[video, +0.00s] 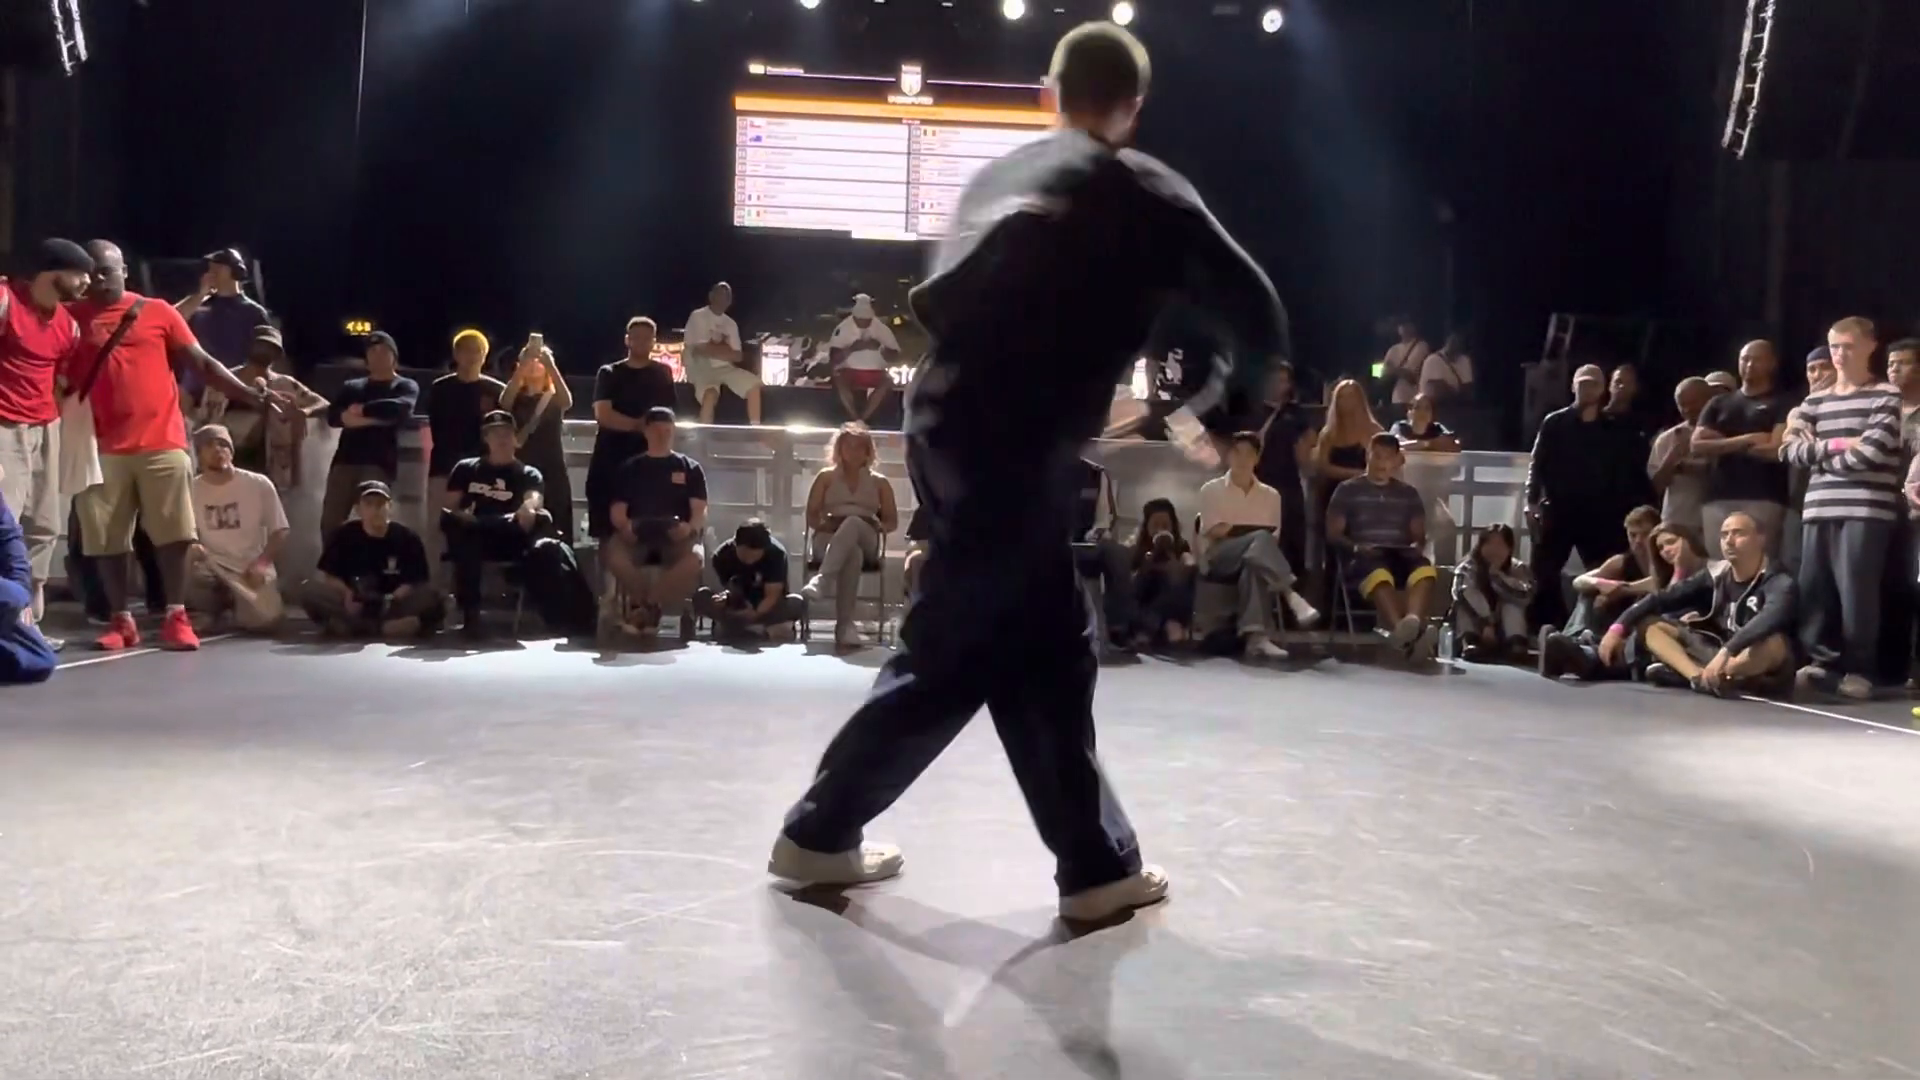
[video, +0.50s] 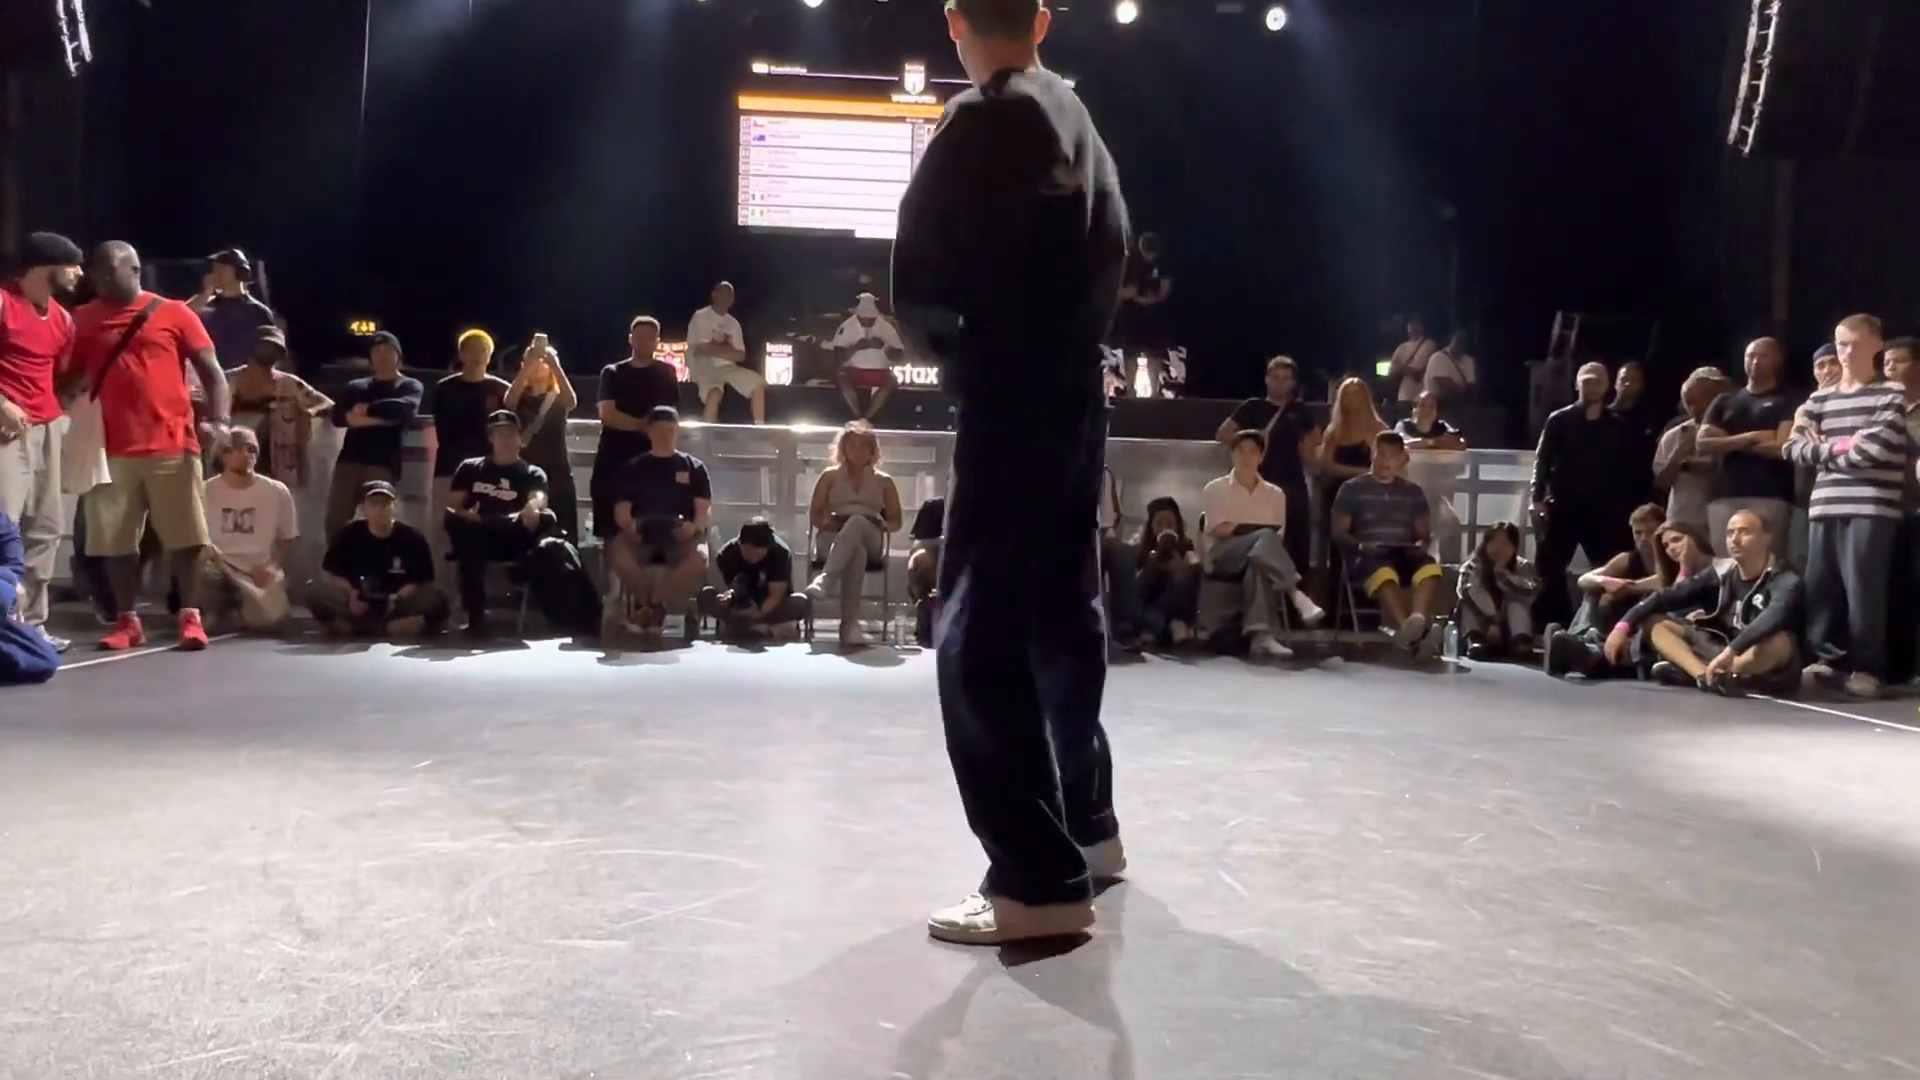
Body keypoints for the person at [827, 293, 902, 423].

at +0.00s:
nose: (865, 323)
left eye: (868, 319)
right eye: (861, 319)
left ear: (872, 317)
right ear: (854, 316)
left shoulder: (881, 328)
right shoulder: (843, 328)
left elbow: (895, 356)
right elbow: (834, 358)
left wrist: (879, 347)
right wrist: (853, 348)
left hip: (876, 372)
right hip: (850, 371)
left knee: (886, 384)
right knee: (840, 382)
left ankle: (863, 419)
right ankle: (855, 419)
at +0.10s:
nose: (865, 323)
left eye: (868, 320)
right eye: (861, 320)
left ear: (873, 317)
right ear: (855, 316)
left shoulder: (882, 328)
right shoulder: (844, 328)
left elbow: (895, 356)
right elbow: (834, 359)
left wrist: (879, 347)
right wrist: (853, 348)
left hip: (877, 373)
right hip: (850, 372)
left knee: (884, 386)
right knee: (840, 382)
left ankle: (864, 420)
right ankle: (856, 418)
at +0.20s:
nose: (866, 324)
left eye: (869, 321)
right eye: (862, 321)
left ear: (873, 317)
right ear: (855, 317)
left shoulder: (883, 329)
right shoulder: (845, 329)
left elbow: (896, 358)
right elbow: (835, 359)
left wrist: (880, 348)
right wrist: (854, 349)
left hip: (878, 374)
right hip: (852, 373)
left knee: (886, 386)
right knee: (840, 380)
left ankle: (865, 419)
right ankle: (856, 418)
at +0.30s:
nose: (867, 324)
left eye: (870, 321)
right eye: (863, 321)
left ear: (875, 318)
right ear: (856, 318)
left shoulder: (884, 330)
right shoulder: (847, 329)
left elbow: (896, 358)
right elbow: (838, 360)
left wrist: (882, 349)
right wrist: (855, 350)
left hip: (879, 374)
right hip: (853, 373)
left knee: (890, 385)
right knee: (841, 380)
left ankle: (867, 420)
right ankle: (856, 419)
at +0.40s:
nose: (867, 324)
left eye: (871, 321)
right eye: (863, 321)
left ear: (875, 317)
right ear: (857, 317)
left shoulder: (884, 328)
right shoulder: (848, 328)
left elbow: (899, 357)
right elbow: (837, 359)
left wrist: (882, 348)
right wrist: (856, 348)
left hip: (879, 373)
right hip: (853, 372)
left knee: (890, 384)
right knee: (842, 381)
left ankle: (867, 419)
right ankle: (858, 419)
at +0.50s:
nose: (868, 322)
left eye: (871, 318)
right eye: (864, 318)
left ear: (876, 315)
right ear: (858, 315)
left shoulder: (886, 327)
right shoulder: (847, 326)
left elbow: (899, 356)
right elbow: (838, 357)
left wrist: (883, 346)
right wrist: (857, 347)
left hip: (880, 371)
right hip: (854, 370)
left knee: (890, 382)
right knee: (842, 378)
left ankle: (867, 418)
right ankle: (858, 417)